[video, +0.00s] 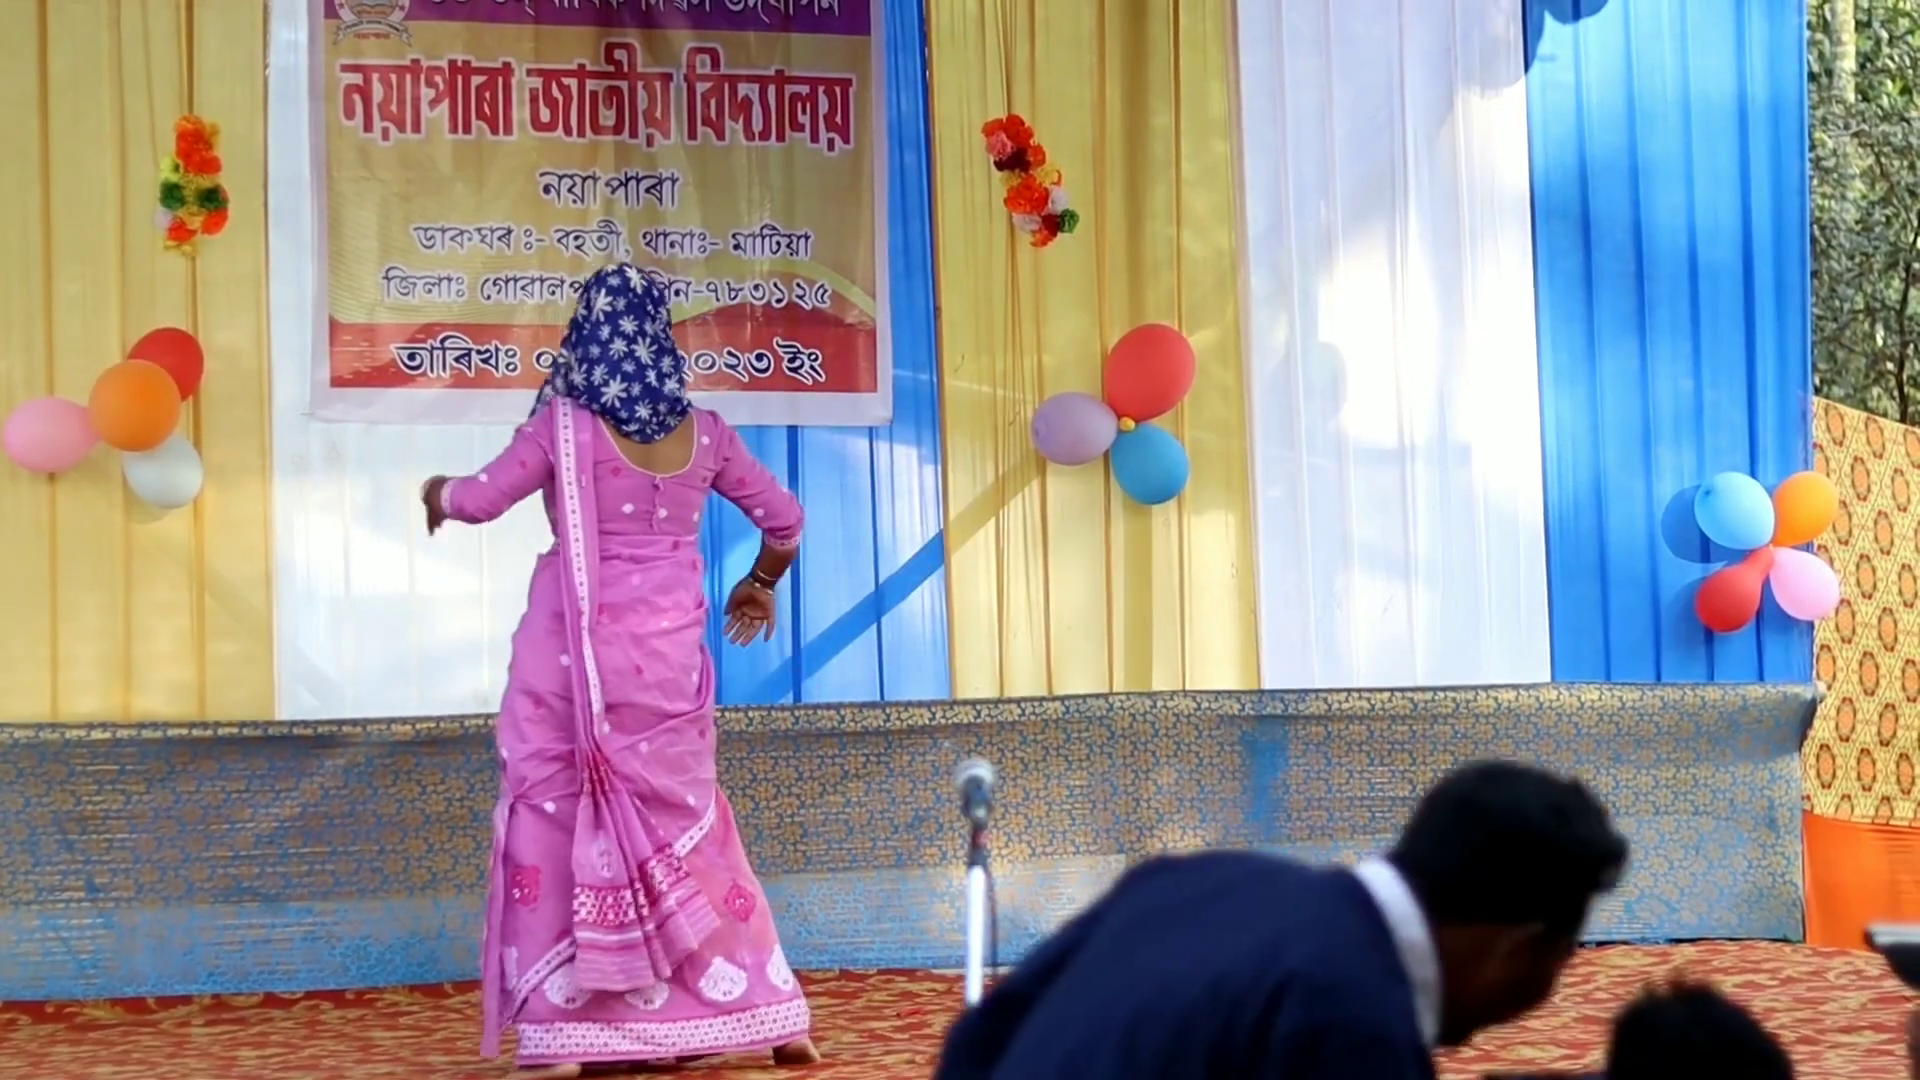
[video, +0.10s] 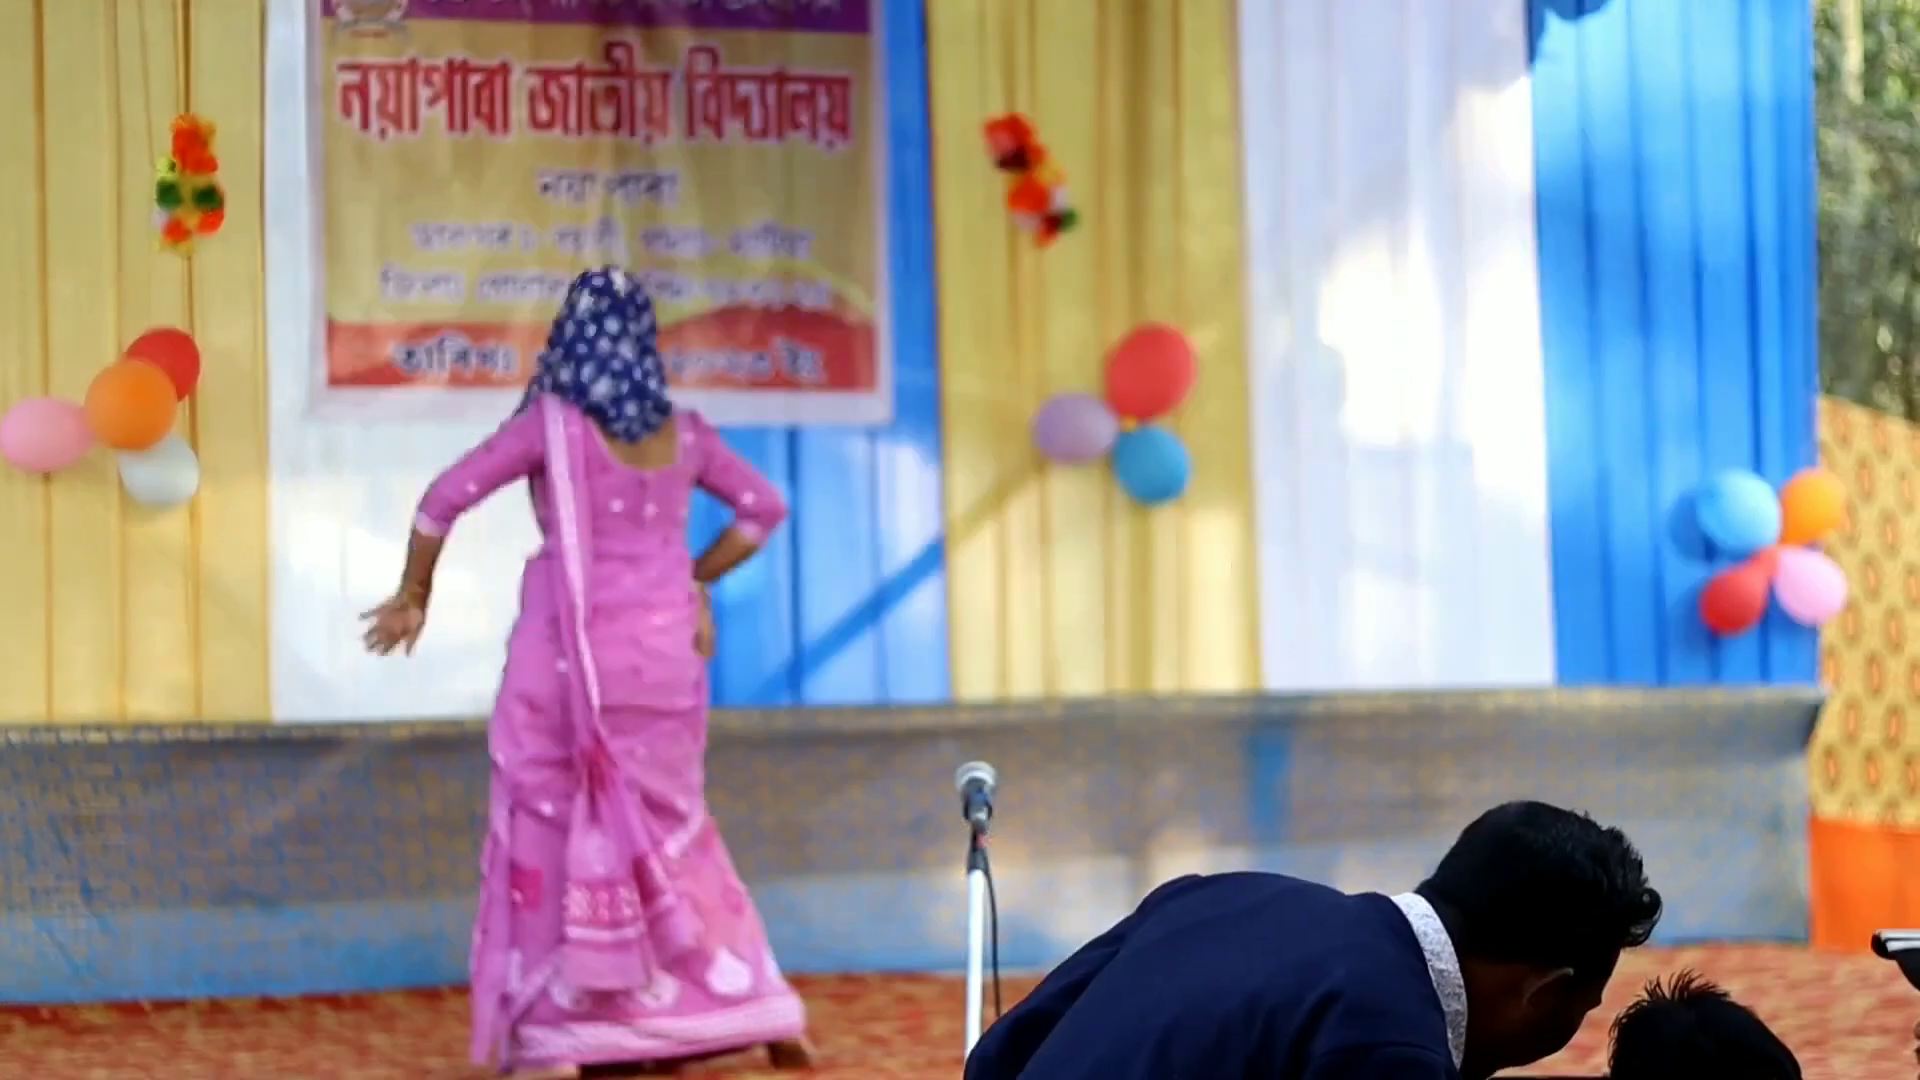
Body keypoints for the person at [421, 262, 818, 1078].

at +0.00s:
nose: (569, 342)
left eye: (576, 329)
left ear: (583, 338)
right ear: (662, 338)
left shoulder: (562, 421)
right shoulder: (701, 427)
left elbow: (482, 500)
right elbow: (785, 519)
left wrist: (440, 490)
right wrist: (762, 581)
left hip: (568, 655)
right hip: (669, 655)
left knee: (548, 821)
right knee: (696, 824)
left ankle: (554, 1023)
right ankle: (775, 1008)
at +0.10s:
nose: (549, 345)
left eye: (557, 332)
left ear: (567, 343)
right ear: (646, 343)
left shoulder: (548, 422)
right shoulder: (681, 430)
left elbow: (442, 499)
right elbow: (763, 508)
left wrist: (413, 594)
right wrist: (699, 579)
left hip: (561, 656)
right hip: (662, 658)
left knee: (547, 824)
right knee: (677, 824)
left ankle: (553, 1021)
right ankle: (765, 1005)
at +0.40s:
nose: (562, 374)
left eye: (565, 360)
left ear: (569, 369)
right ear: (651, 368)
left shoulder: (554, 457)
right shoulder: (692, 452)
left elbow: (480, 539)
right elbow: (789, 505)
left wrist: (496, 646)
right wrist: (718, 571)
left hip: (584, 683)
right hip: (686, 681)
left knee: (549, 833)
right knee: (710, 829)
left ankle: (557, 1020)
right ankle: (780, 995)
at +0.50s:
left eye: (595, 345)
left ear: (598, 351)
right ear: (680, 351)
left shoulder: (579, 438)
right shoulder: (717, 435)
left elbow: (520, 520)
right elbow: (814, 513)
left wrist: (587, 592)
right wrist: (799, 615)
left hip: (639, 672)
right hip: (737, 667)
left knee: (589, 832)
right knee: (759, 825)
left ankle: (564, 1033)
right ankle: (826, 1008)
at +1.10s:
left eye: (675, 343)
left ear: (683, 348)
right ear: (771, 345)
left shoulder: (669, 435)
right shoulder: (814, 428)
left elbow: (597, 519)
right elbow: (909, 499)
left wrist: (624, 616)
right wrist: (883, 601)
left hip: (714, 656)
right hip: (813, 652)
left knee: (664, 819)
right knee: (837, 813)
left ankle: (624, 1021)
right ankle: (902, 999)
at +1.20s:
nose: (707, 359)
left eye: (713, 346)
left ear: (719, 355)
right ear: (802, 353)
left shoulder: (700, 440)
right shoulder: (841, 440)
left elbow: (635, 527)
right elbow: (922, 534)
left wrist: (702, 609)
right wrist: (982, 620)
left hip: (772, 665)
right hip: (865, 659)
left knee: (696, 825)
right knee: (875, 825)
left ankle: (651, 1015)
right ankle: (912, 1010)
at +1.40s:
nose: (837, 348)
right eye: (838, 335)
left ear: (768, 357)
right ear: (847, 349)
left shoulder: (750, 442)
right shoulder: (892, 441)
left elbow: (717, 543)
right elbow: (969, 535)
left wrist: (808, 585)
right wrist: (1049, 615)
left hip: (792, 670)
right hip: (898, 665)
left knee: (753, 833)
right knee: (897, 831)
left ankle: (723, 1000)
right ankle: (901, 1012)